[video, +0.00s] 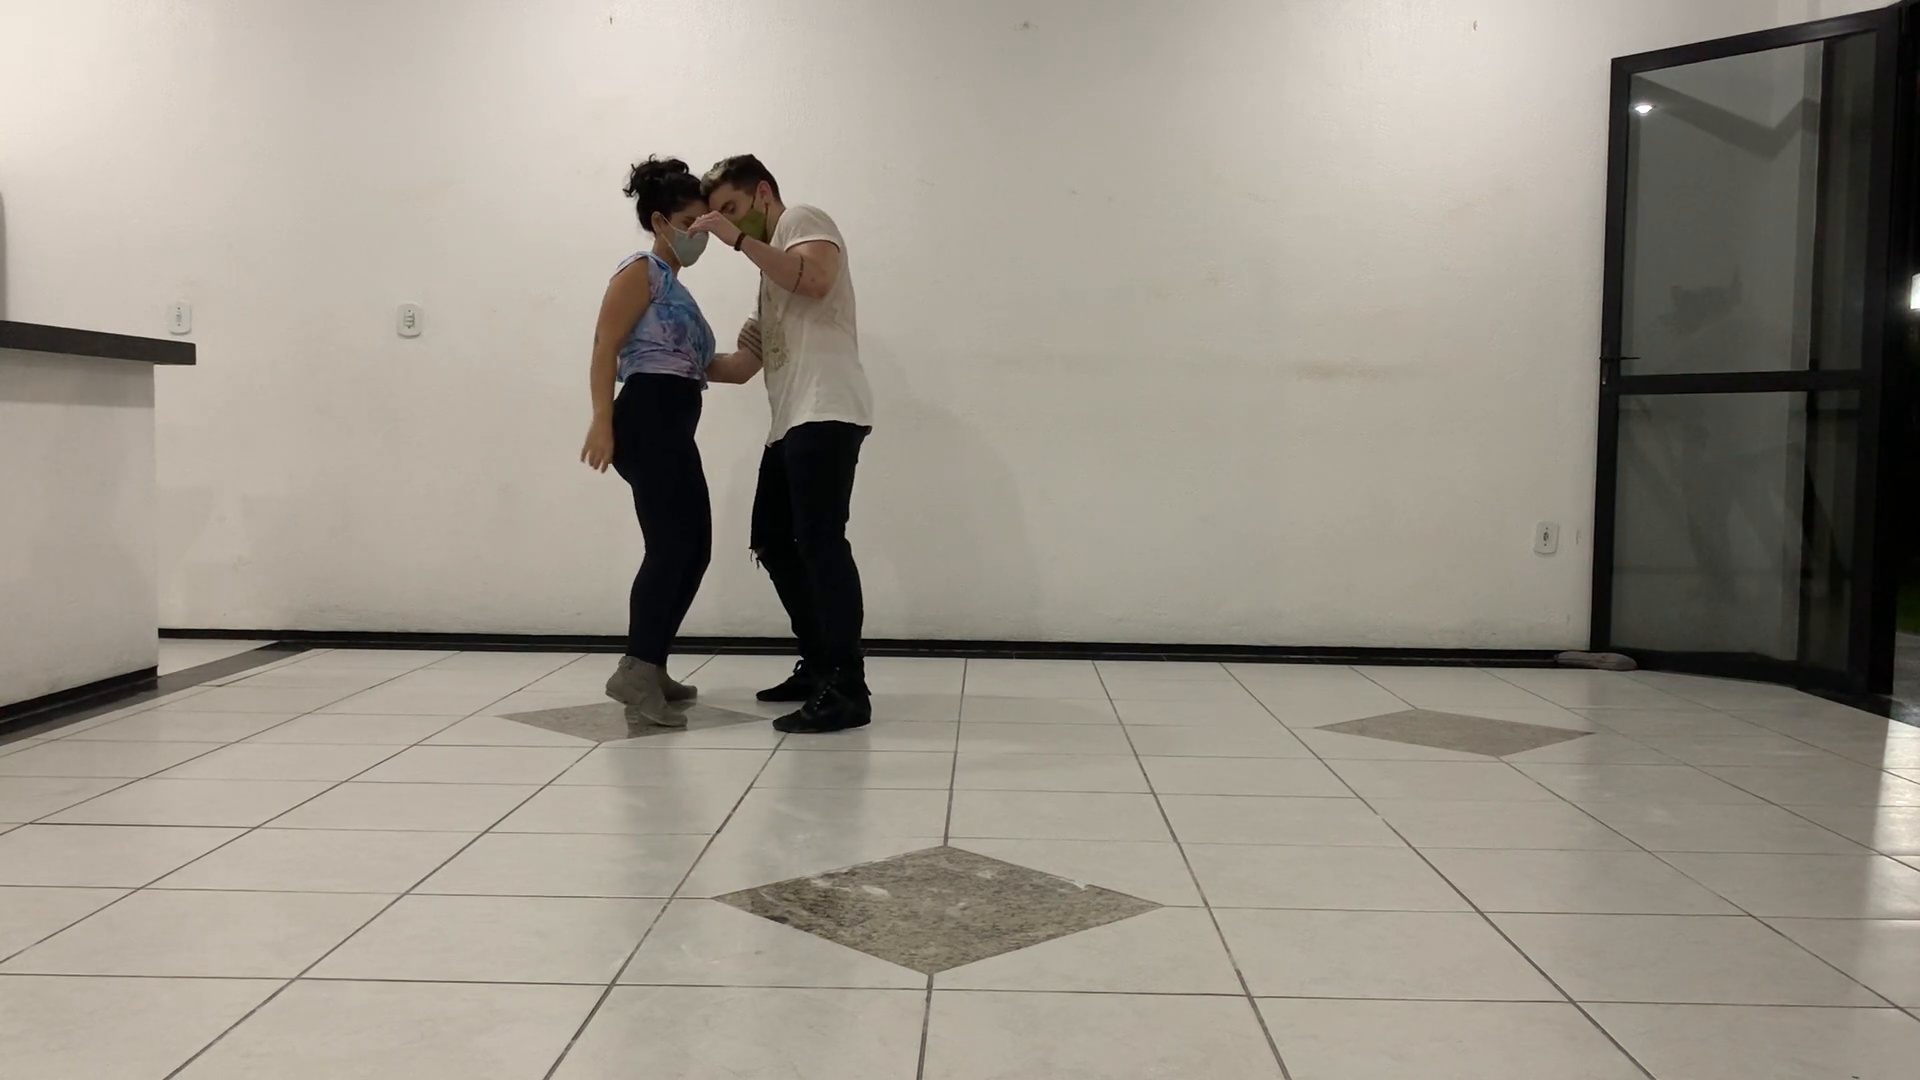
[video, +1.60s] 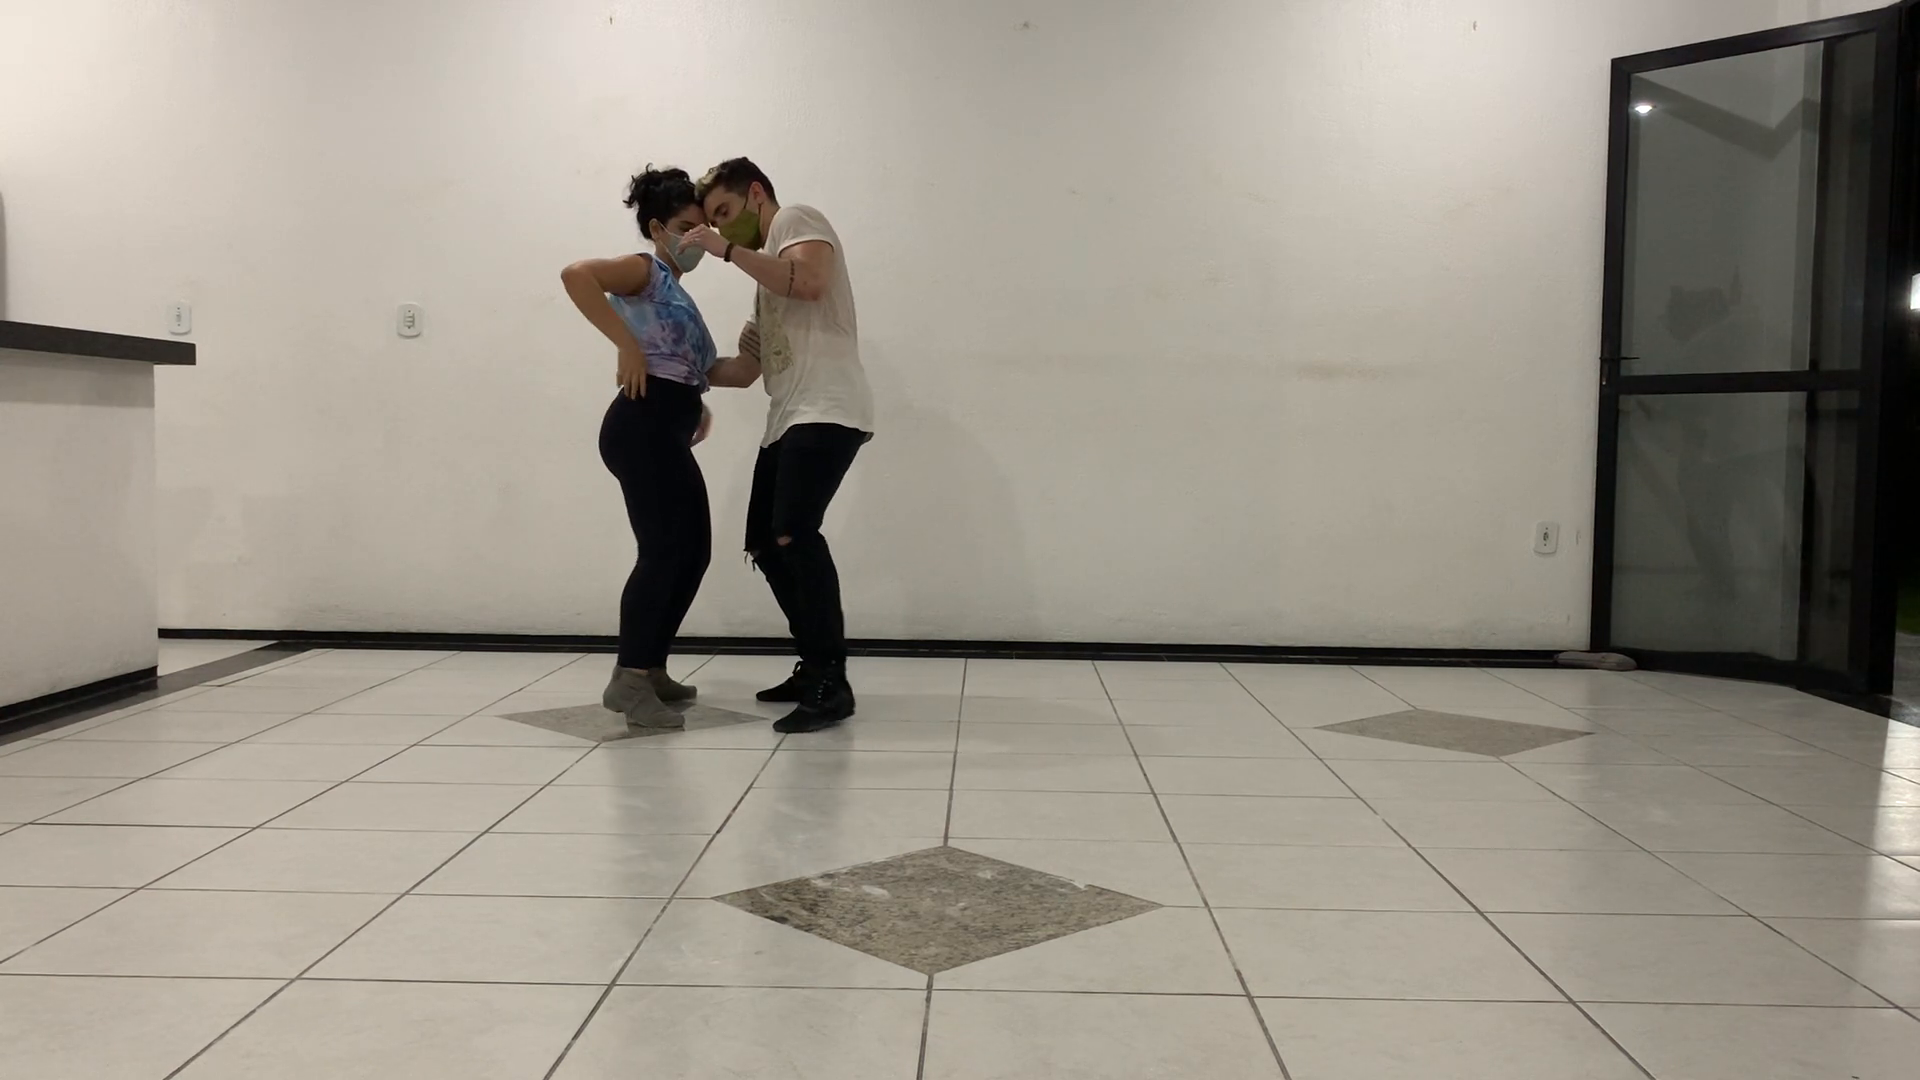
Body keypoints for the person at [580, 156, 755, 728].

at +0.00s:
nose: (701, 228)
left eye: (703, 219)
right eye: (689, 219)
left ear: (702, 222)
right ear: (658, 223)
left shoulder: (677, 294)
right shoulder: (640, 273)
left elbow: (723, 367)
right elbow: (604, 346)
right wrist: (601, 420)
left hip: (674, 417)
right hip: (647, 415)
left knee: (692, 545)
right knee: (672, 543)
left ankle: (650, 665)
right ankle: (638, 668)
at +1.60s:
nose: (694, 239)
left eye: (700, 228)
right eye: (683, 228)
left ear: (704, 230)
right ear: (654, 229)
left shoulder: (673, 291)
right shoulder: (644, 270)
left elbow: (672, 359)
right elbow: (577, 276)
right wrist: (626, 343)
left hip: (667, 429)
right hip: (639, 425)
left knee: (694, 552)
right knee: (663, 550)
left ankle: (650, 667)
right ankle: (630, 678)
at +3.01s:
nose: (712, 219)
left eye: (716, 206)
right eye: (698, 206)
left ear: (718, 203)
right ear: (666, 207)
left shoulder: (699, 274)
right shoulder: (646, 272)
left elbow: (705, 346)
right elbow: (622, 358)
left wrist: (748, 330)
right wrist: (606, 343)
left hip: (680, 423)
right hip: (645, 421)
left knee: (690, 544)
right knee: (675, 543)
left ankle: (652, 665)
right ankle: (654, 672)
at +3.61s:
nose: (692, 210)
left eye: (693, 198)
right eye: (684, 197)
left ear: (657, 194)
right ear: (647, 191)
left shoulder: (645, 258)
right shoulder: (618, 244)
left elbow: (674, 354)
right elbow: (568, 308)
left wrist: (723, 313)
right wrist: (621, 389)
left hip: (634, 414)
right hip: (627, 416)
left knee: (669, 548)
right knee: (682, 550)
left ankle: (617, 666)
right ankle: (635, 689)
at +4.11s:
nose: (655, 223)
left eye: (660, 211)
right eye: (648, 210)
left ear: (619, 203)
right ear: (609, 201)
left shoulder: (605, 275)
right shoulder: (565, 248)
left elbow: (613, 356)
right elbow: (477, 284)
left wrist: (669, 315)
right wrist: (507, 376)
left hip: (521, 418)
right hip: (528, 415)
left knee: (540, 564)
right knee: (582, 552)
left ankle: (524, 700)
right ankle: (612, 696)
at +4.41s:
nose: (646, 214)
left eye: (648, 203)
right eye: (638, 201)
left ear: (613, 199)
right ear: (598, 195)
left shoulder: (598, 276)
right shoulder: (546, 239)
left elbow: (594, 361)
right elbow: (451, 277)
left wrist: (666, 330)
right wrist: (459, 372)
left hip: (537, 421)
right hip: (492, 411)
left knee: (539, 559)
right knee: (525, 554)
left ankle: (524, 702)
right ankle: (543, 700)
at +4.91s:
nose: (615, 179)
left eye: (612, 169)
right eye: (603, 170)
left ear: (573, 185)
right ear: (566, 181)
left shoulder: (568, 273)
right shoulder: (525, 239)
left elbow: (626, 333)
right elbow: (441, 290)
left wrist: (668, 279)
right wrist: (439, 384)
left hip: (512, 421)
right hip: (467, 411)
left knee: (528, 555)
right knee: (498, 555)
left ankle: (506, 695)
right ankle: (467, 705)